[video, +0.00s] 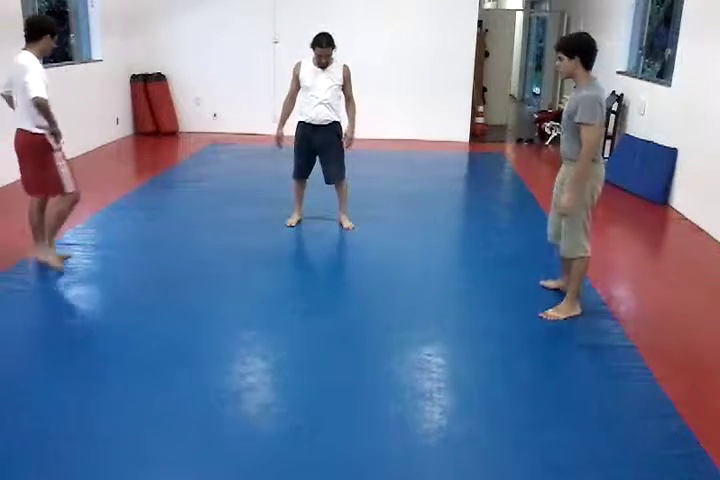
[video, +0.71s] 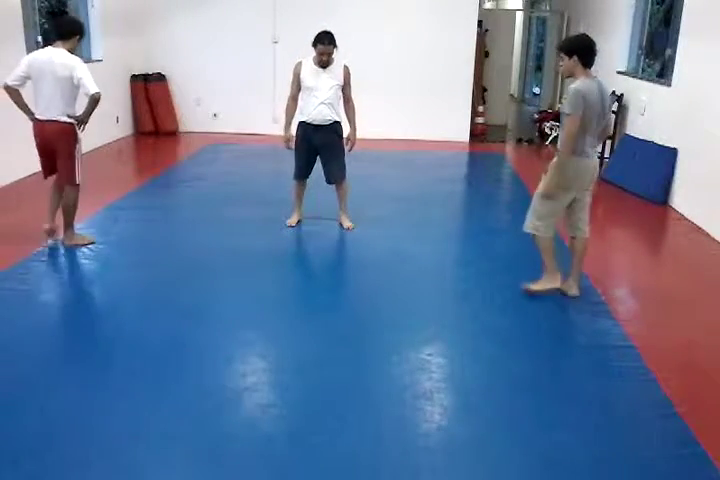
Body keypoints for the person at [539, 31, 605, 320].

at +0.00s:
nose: (557, 64)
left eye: (561, 59)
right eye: (557, 58)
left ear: (576, 60)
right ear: (579, 61)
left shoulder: (589, 98)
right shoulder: (580, 92)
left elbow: (589, 149)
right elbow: (579, 143)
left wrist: (573, 191)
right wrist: (565, 176)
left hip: (583, 171)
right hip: (570, 167)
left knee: (576, 237)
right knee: (561, 228)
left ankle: (572, 301)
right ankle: (566, 278)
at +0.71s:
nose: (559, 65)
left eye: (562, 59)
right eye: (559, 59)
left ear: (576, 59)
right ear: (582, 60)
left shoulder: (577, 90)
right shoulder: (601, 88)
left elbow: (569, 134)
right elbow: (605, 130)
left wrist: (554, 170)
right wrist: (583, 144)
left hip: (569, 162)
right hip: (590, 163)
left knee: (539, 218)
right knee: (580, 225)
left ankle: (550, 275)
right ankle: (573, 281)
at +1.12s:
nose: (545, 67)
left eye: (548, 62)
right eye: (545, 62)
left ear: (559, 63)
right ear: (573, 63)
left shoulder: (553, 91)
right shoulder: (593, 92)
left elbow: (547, 130)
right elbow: (600, 128)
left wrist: (536, 165)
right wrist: (581, 134)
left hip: (557, 157)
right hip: (584, 159)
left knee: (548, 210)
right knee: (573, 218)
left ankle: (548, 253)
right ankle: (570, 270)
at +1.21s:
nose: (543, 66)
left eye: (545, 62)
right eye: (543, 61)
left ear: (556, 63)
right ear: (569, 62)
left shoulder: (551, 90)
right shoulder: (591, 87)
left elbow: (544, 130)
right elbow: (596, 125)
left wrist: (535, 164)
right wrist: (583, 141)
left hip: (555, 153)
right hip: (582, 156)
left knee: (546, 205)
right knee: (573, 209)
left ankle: (548, 254)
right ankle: (571, 258)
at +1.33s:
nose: (541, 63)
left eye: (543, 58)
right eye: (541, 58)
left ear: (555, 58)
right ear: (566, 58)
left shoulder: (548, 86)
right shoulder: (588, 84)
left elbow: (541, 126)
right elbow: (592, 123)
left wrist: (533, 159)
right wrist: (587, 153)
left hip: (551, 149)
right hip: (576, 151)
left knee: (545, 201)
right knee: (568, 200)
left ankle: (548, 254)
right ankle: (568, 242)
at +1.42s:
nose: (540, 60)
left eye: (543, 55)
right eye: (540, 55)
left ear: (554, 56)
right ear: (566, 55)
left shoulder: (548, 83)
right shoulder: (586, 82)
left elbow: (541, 121)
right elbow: (590, 119)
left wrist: (532, 153)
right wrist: (589, 150)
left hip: (550, 145)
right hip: (573, 146)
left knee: (545, 200)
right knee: (563, 194)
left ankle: (549, 254)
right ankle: (563, 236)